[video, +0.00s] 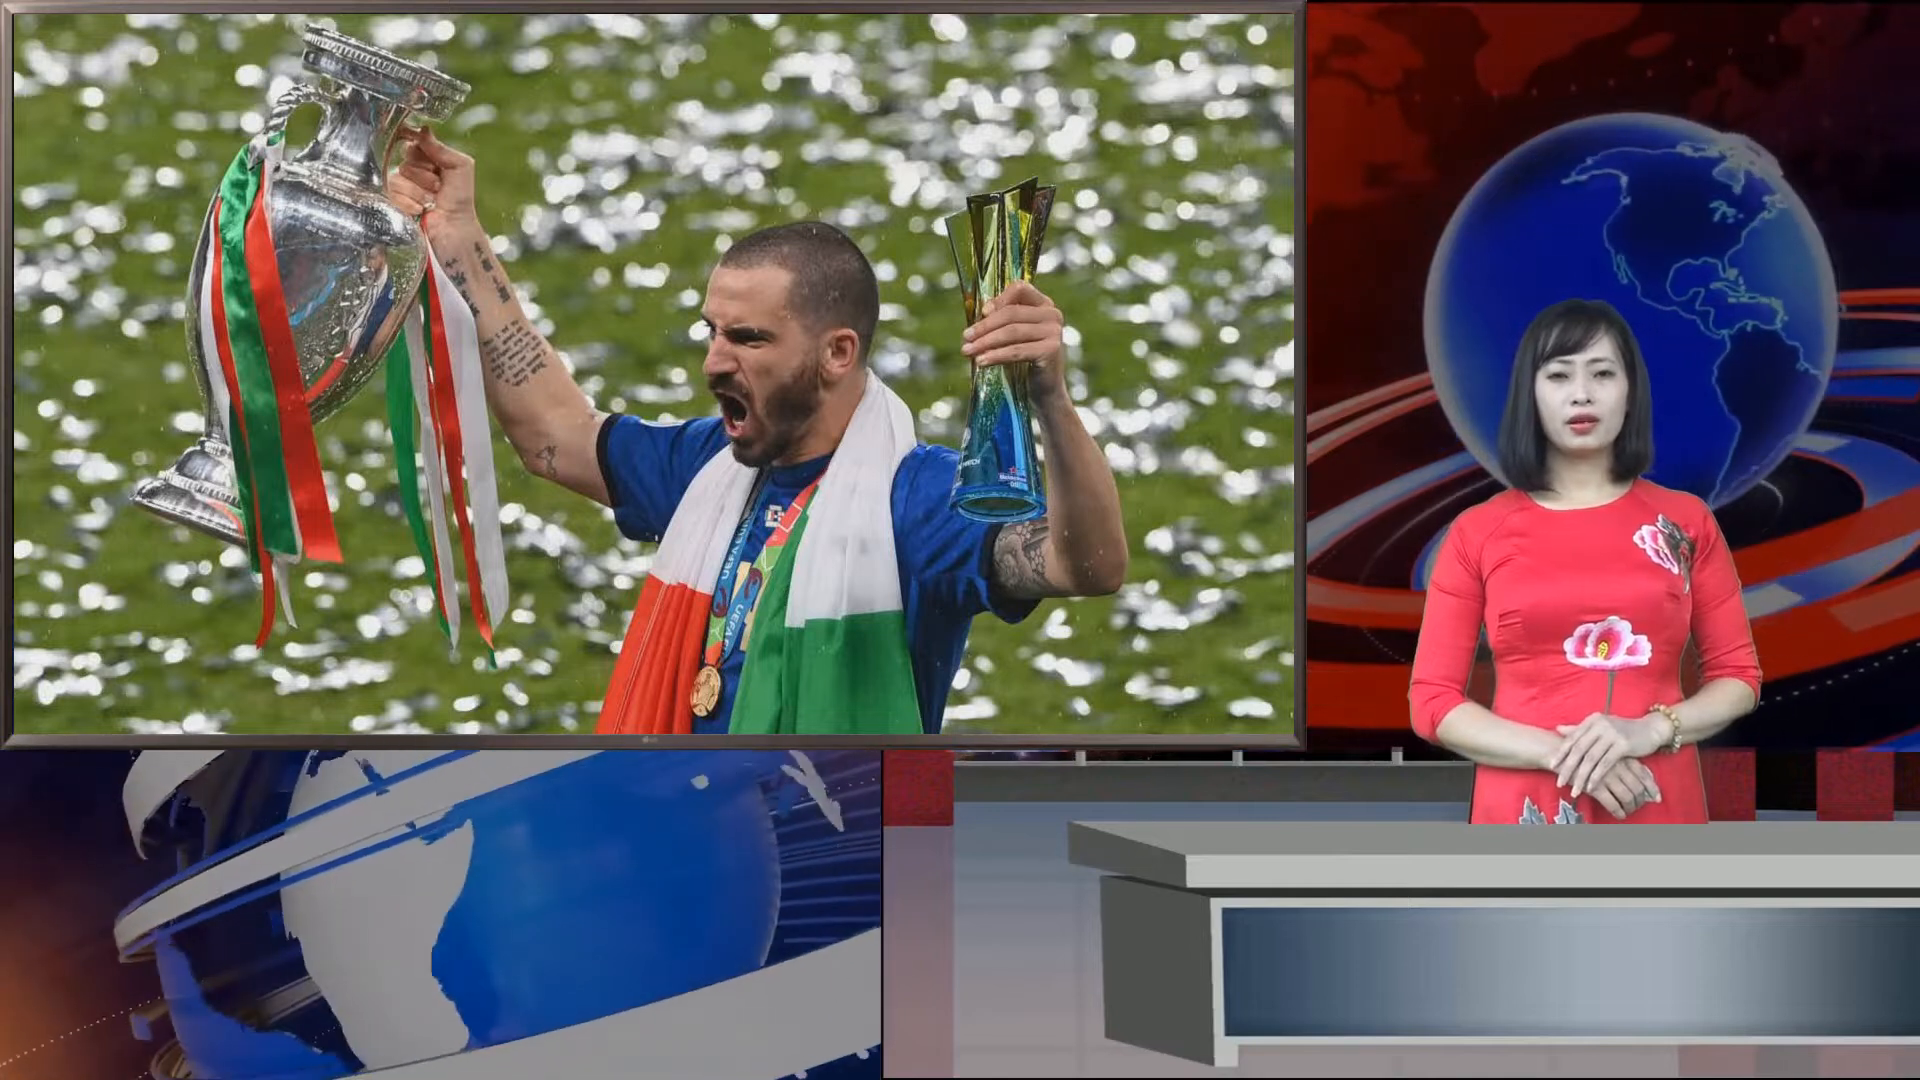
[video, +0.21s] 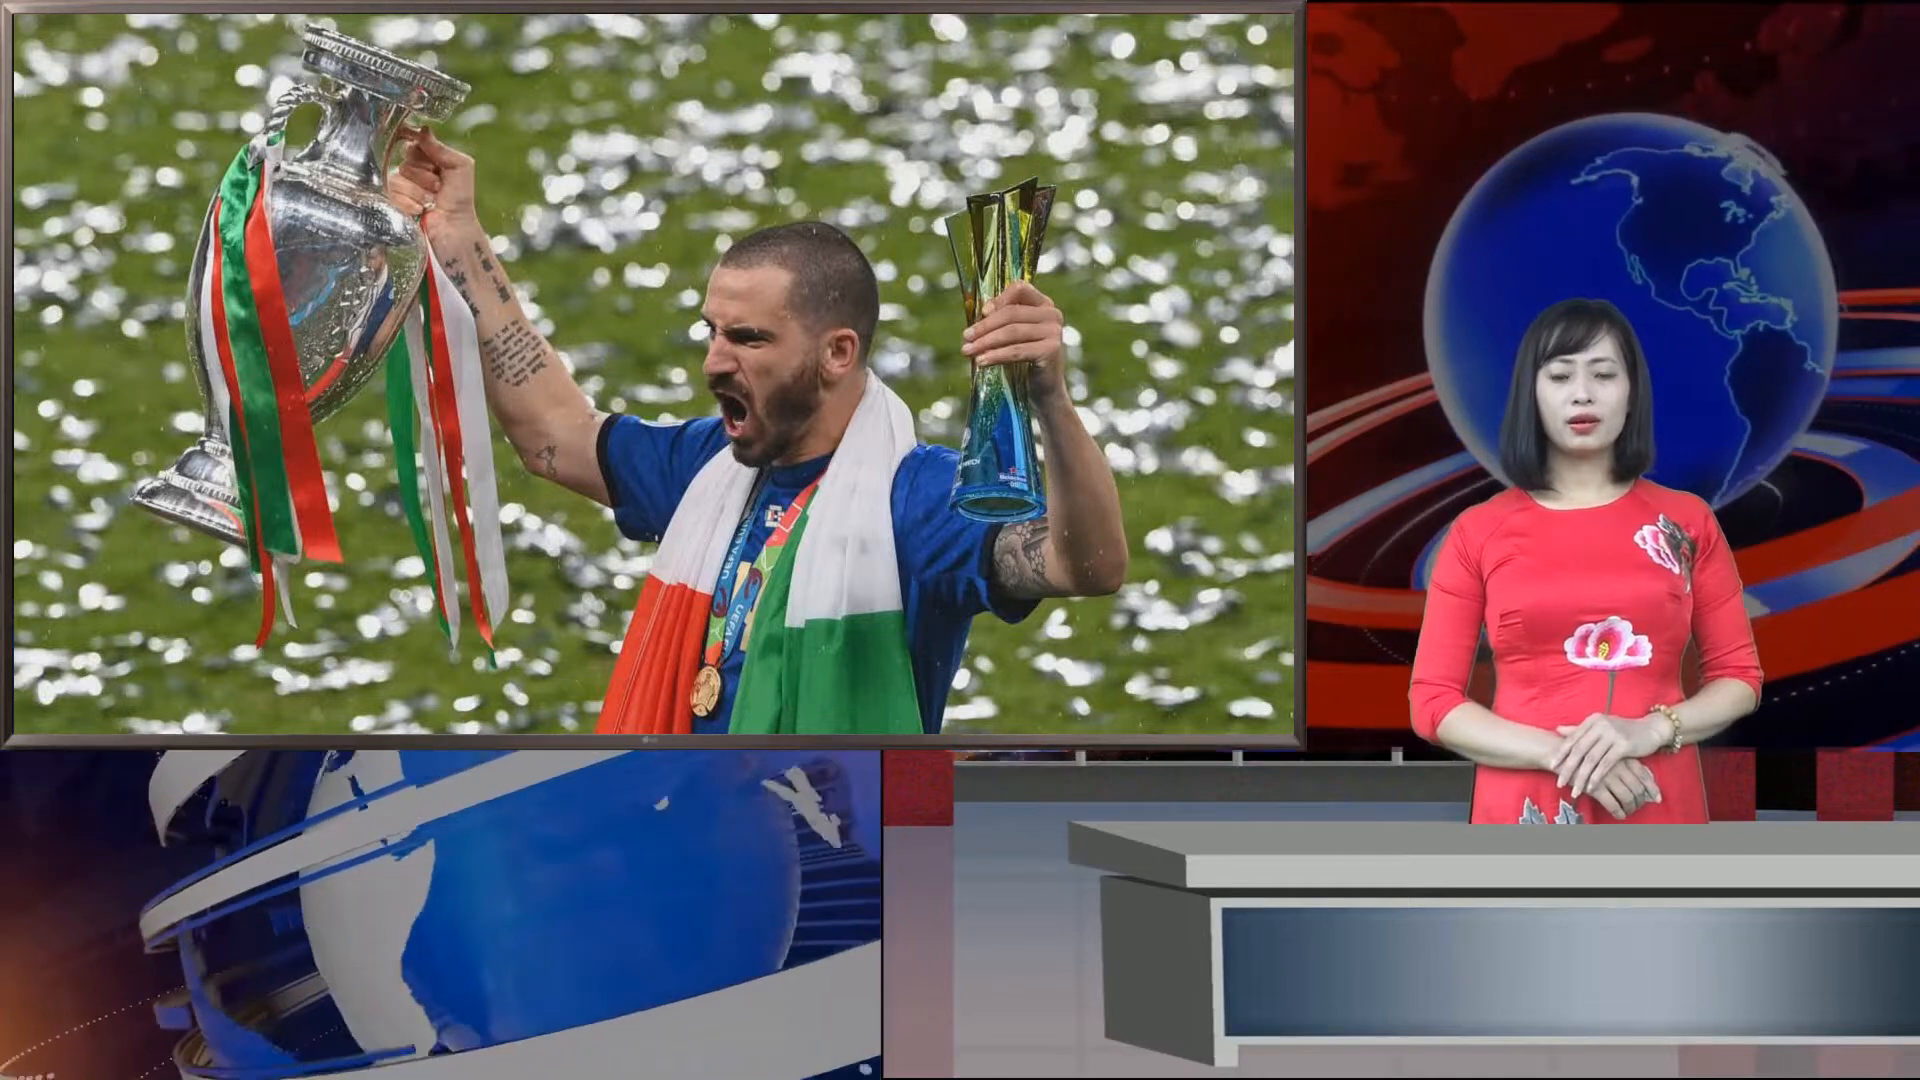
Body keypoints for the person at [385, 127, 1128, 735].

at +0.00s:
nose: (714, 362)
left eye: (747, 339)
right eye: (712, 333)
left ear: (839, 355)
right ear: (705, 328)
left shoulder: (915, 493)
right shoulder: (703, 466)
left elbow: (1089, 563)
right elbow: (557, 438)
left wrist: (1049, 399)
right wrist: (465, 254)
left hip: (832, 916)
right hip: (669, 904)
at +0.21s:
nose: (714, 362)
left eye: (747, 339)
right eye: (712, 333)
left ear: (839, 355)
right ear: (705, 327)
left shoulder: (915, 493)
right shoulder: (703, 466)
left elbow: (1089, 563)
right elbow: (557, 438)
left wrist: (1049, 399)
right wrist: (465, 254)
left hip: (832, 907)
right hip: (666, 899)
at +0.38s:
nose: (714, 362)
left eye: (747, 339)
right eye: (712, 333)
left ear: (839, 355)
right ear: (705, 327)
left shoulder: (915, 493)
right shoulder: (703, 466)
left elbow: (1089, 563)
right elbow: (557, 438)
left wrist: (1049, 399)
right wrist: (465, 254)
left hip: (831, 895)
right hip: (670, 886)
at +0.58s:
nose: (714, 362)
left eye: (747, 339)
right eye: (712, 334)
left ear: (839, 355)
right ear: (705, 328)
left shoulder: (915, 493)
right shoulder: (703, 466)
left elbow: (1089, 563)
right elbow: (558, 438)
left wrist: (1049, 399)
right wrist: (465, 254)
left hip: (825, 895)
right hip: (669, 887)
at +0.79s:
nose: (714, 362)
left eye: (747, 339)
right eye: (712, 334)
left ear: (839, 355)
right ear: (705, 328)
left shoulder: (915, 493)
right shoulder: (703, 466)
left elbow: (1089, 563)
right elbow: (557, 438)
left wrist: (1049, 399)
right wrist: (464, 253)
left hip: (824, 902)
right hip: (666, 894)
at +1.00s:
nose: (714, 362)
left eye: (747, 339)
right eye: (712, 334)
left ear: (839, 355)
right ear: (705, 328)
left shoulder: (914, 493)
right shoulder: (702, 466)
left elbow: (1089, 563)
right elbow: (557, 438)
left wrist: (1049, 399)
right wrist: (465, 254)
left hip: (825, 908)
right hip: (664, 898)